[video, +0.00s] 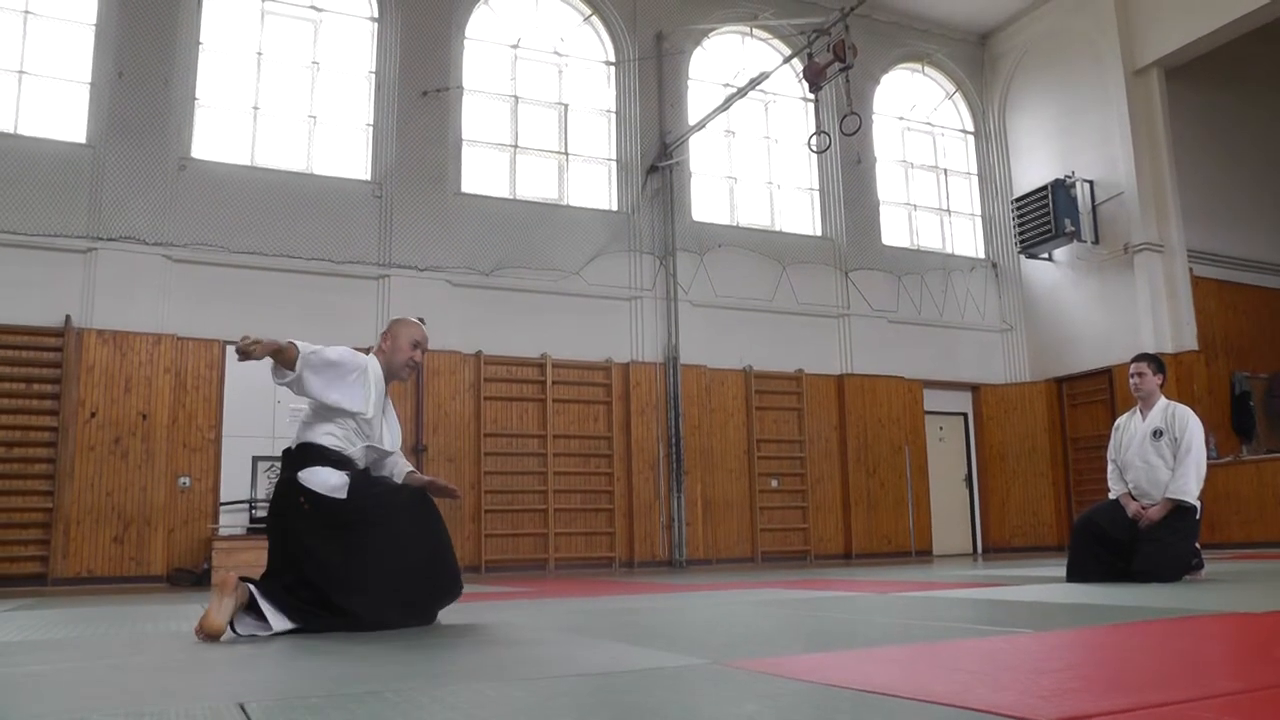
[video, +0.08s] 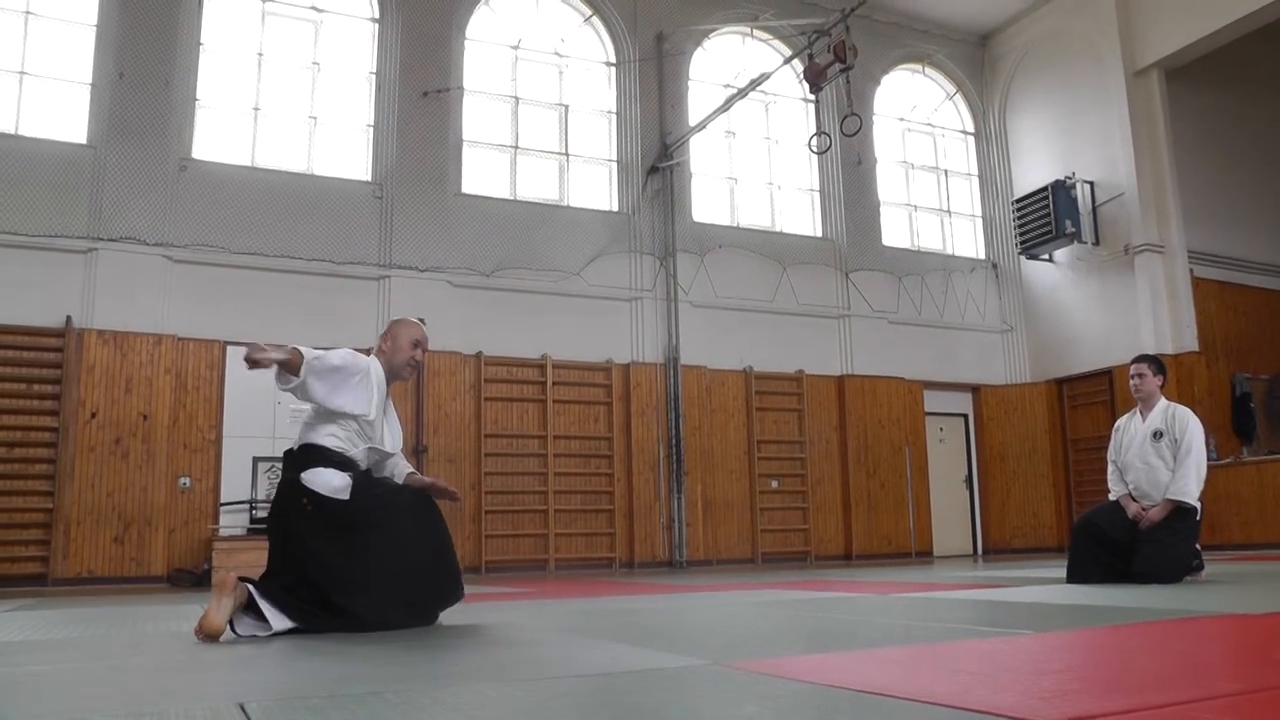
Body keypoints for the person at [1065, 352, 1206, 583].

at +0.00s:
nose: (1134, 381)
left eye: (1141, 375)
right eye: (1131, 376)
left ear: (1159, 379)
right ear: (1128, 381)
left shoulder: (1182, 417)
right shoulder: (1121, 424)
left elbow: (1191, 469)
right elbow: (1113, 469)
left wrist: (1162, 507)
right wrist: (1128, 503)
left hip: (1174, 509)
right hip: (1130, 507)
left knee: (1150, 572)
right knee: (1086, 528)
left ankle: (1191, 556)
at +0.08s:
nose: (1134, 382)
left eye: (1141, 376)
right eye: (1131, 377)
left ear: (1159, 380)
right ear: (1128, 382)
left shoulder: (1182, 418)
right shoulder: (1121, 425)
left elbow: (1191, 470)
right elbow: (1113, 470)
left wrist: (1162, 508)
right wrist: (1128, 504)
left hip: (1174, 511)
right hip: (1130, 508)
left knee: (1150, 573)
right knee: (1087, 528)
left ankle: (1191, 557)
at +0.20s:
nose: (1136, 383)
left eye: (1142, 378)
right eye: (1132, 379)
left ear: (1160, 382)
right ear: (1129, 384)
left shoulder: (1183, 419)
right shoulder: (1123, 427)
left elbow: (1192, 471)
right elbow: (1114, 472)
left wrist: (1164, 510)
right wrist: (1129, 505)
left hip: (1175, 512)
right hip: (1131, 510)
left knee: (1152, 574)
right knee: (1087, 531)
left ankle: (1193, 559)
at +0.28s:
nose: (1136, 384)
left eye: (1142, 379)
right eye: (1132, 380)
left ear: (1160, 383)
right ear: (1129, 385)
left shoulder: (1183, 420)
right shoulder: (1123, 428)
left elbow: (1193, 472)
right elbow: (1114, 473)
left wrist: (1164, 511)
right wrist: (1129, 506)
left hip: (1176, 513)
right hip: (1132, 511)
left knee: (1152, 575)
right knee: (1089, 531)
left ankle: (1193, 560)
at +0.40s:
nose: (1136, 385)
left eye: (1142, 379)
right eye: (1133, 381)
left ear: (1160, 384)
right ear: (1130, 386)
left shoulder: (1183, 421)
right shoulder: (1123, 429)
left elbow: (1193, 473)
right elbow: (1115, 474)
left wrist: (1165, 512)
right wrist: (1130, 507)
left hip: (1176, 514)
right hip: (1132, 512)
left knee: (1152, 576)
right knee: (1090, 532)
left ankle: (1194, 560)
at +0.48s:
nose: (1135, 386)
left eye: (1142, 380)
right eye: (1132, 381)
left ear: (1160, 385)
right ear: (1129, 386)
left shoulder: (1183, 422)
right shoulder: (1123, 430)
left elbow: (1193, 474)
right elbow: (1114, 475)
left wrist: (1164, 513)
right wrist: (1130, 508)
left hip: (1176, 514)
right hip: (1131, 513)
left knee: (1152, 576)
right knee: (1089, 533)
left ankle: (1193, 561)